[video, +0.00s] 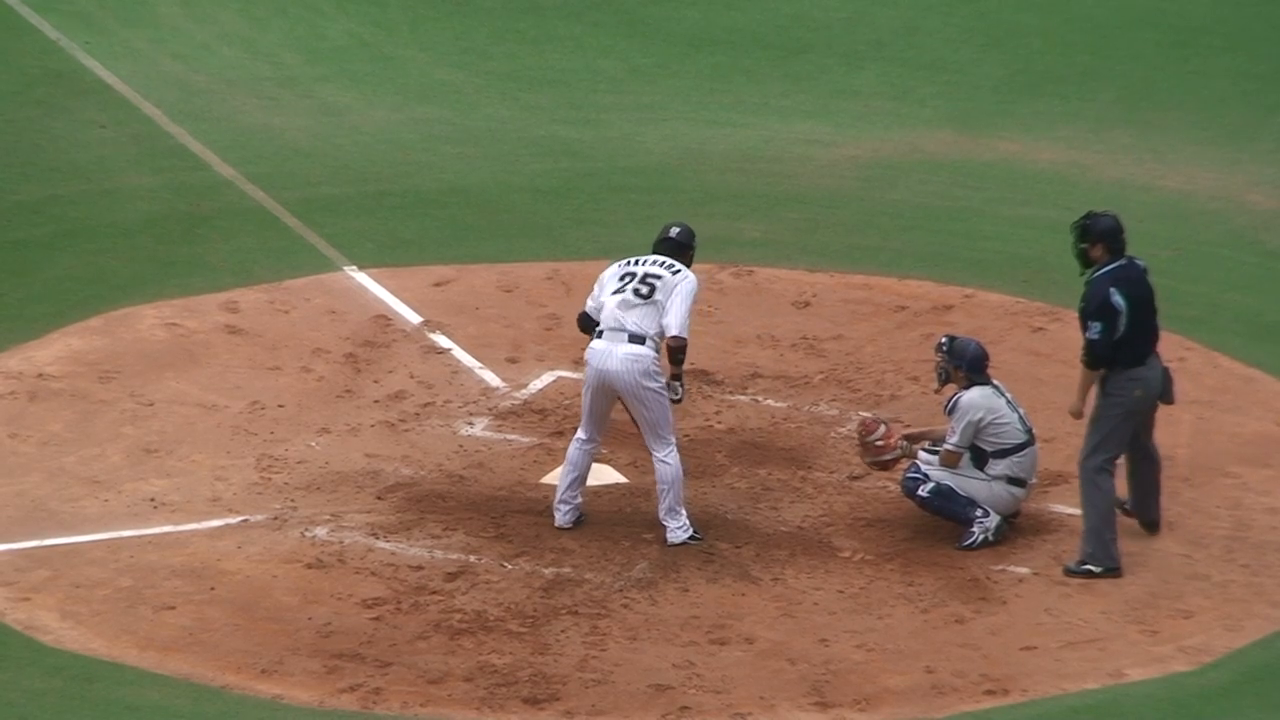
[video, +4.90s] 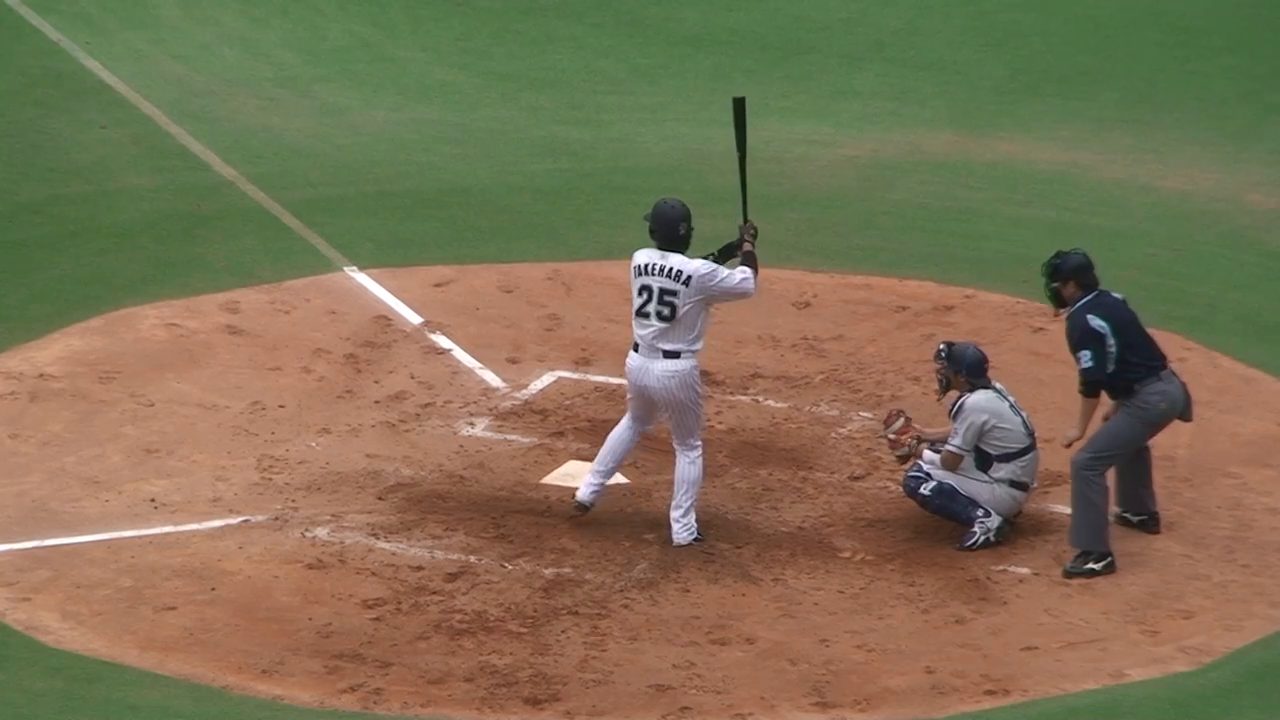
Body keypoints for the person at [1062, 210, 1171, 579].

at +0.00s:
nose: (1082, 249)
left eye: (1086, 244)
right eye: (1082, 242)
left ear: (1100, 248)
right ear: (1112, 245)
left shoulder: (1100, 289)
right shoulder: (1136, 269)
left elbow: (1094, 354)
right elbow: (1144, 326)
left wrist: (1079, 398)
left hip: (1124, 383)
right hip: (1150, 373)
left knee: (1094, 463)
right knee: (1140, 444)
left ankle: (1101, 557)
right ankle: (1146, 510)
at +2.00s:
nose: (1093, 236)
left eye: (1098, 232)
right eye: (1096, 230)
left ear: (1110, 237)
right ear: (1126, 234)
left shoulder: (1109, 276)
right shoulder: (1143, 261)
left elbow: (1106, 343)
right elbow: (1145, 321)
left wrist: (1095, 388)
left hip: (1124, 372)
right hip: (1147, 363)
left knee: (1108, 457)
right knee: (1139, 443)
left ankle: (1103, 553)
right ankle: (1145, 512)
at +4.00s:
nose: (1086, 239)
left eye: (1091, 234)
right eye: (1088, 232)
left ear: (1104, 239)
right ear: (1118, 236)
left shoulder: (1103, 278)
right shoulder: (1138, 263)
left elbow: (1100, 344)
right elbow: (1143, 322)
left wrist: (1089, 386)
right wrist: (1143, 361)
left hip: (1122, 375)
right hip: (1145, 365)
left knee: (1108, 459)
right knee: (1138, 444)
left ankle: (1105, 554)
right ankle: (1147, 514)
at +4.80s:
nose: (1056, 283)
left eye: (1059, 277)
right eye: (1056, 276)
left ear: (1073, 279)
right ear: (1086, 275)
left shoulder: (1083, 312)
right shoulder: (1112, 294)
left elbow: (1091, 373)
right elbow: (1133, 350)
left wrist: (1079, 424)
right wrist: (1115, 397)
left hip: (1152, 392)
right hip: (1169, 383)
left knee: (1090, 462)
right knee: (1130, 440)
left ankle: (1096, 553)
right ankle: (1142, 513)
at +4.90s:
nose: (1055, 289)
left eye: (1058, 283)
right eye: (1054, 283)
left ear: (1072, 285)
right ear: (1085, 280)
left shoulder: (1082, 318)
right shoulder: (1111, 299)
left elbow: (1091, 380)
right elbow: (1132, 352)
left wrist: (1080, 429)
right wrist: (1118, 401)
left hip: (1153, 396)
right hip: (1170, 387)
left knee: (1086, 464)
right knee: (1128, 438)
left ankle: (1095, 552)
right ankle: (1140, 512)